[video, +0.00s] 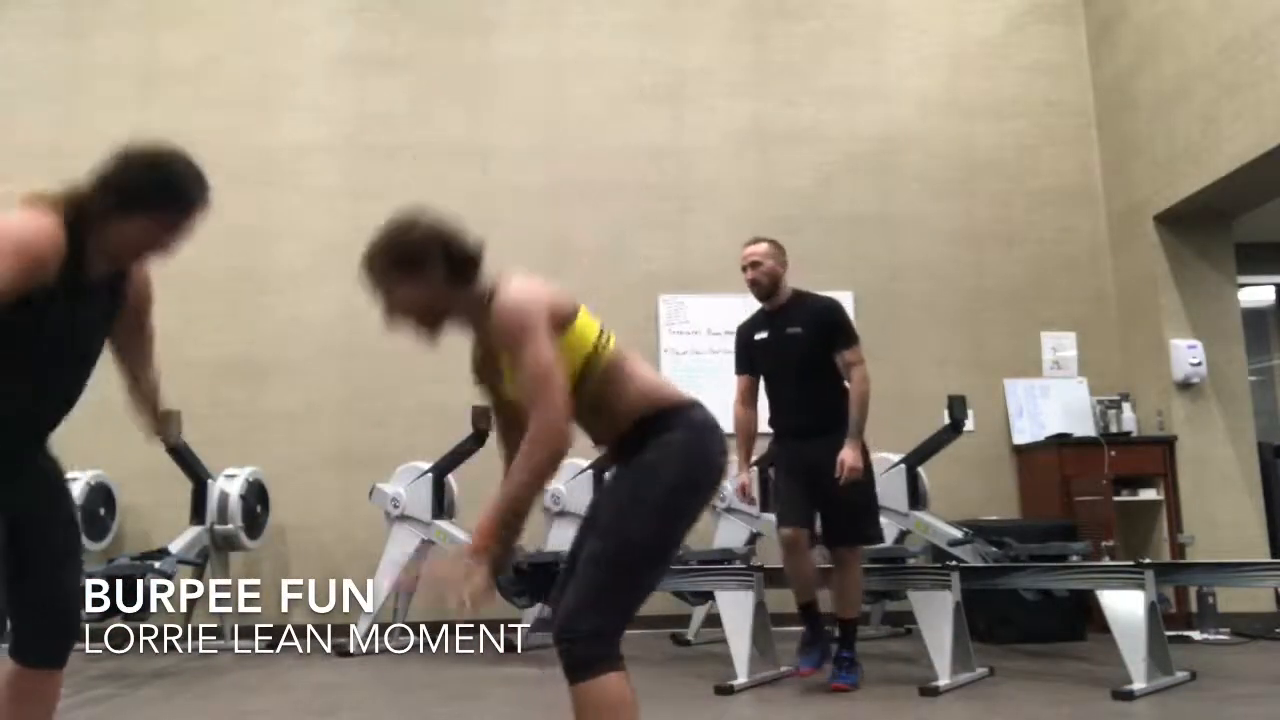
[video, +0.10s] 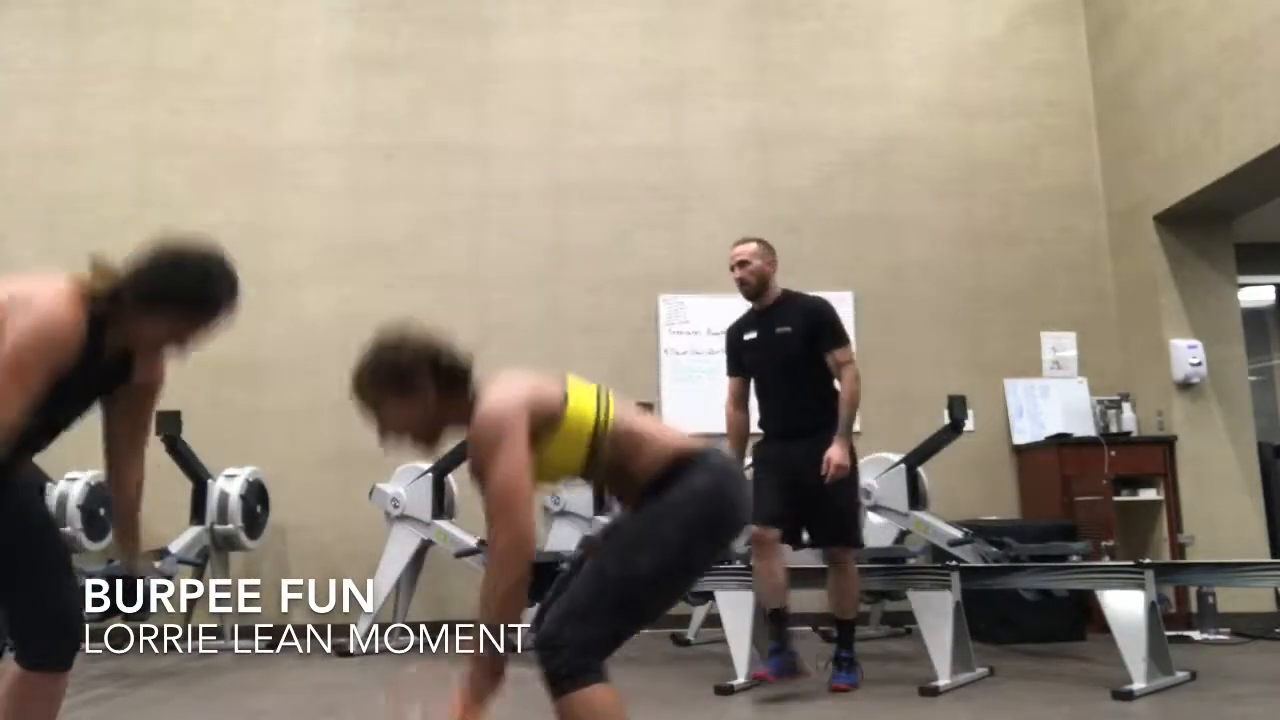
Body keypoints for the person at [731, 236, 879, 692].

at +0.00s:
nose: (751, 274)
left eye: (758, 265)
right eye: (746, 269)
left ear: (783, 265)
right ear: (743, 277)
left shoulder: (824, 311)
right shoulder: (749, 333)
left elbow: (858, 373)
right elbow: (745, 402)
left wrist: (854, 441)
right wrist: (744, 465)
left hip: (838, 447)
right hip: (789, 449)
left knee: (845, 549)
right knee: (791, 537)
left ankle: (846, 650)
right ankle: (813, 632)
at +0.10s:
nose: (738, 273)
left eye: (745, 264)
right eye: (733, 268)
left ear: (771, 265)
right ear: (733, 276)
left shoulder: (814, 311)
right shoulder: (739, 333)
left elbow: (849, 374)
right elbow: (737, 404)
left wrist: (842, 440)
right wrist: (735, 469)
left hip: (827, 447)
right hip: (775, 450)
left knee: (840, 552)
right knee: (763, 537)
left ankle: (845, 656)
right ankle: (780, 652)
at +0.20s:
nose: (716, 274)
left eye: (723, 265)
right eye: (712, 269)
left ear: (750, 266)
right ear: (711, 278)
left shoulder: (793, 311)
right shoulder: (720, 335)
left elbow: (831, 373)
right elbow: (718, 406)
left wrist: (827, 440)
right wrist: (719, 467)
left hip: (810, 450)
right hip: (760, 453)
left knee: (829, 553)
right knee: (738, 551)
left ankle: (844, 654)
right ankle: (722, 656)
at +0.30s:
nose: (692, 274)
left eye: (700, 265)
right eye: (689, 269)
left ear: (729, 267)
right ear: (692, 279)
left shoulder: (772, 310)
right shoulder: (699, 337)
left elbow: (812, 372)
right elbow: (704, 403)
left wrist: (811, 439)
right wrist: (706, 458)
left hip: (789, 453)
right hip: (737, 459)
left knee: (821, 554)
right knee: (725, 557)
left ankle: (842, 652)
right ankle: (705, 661)